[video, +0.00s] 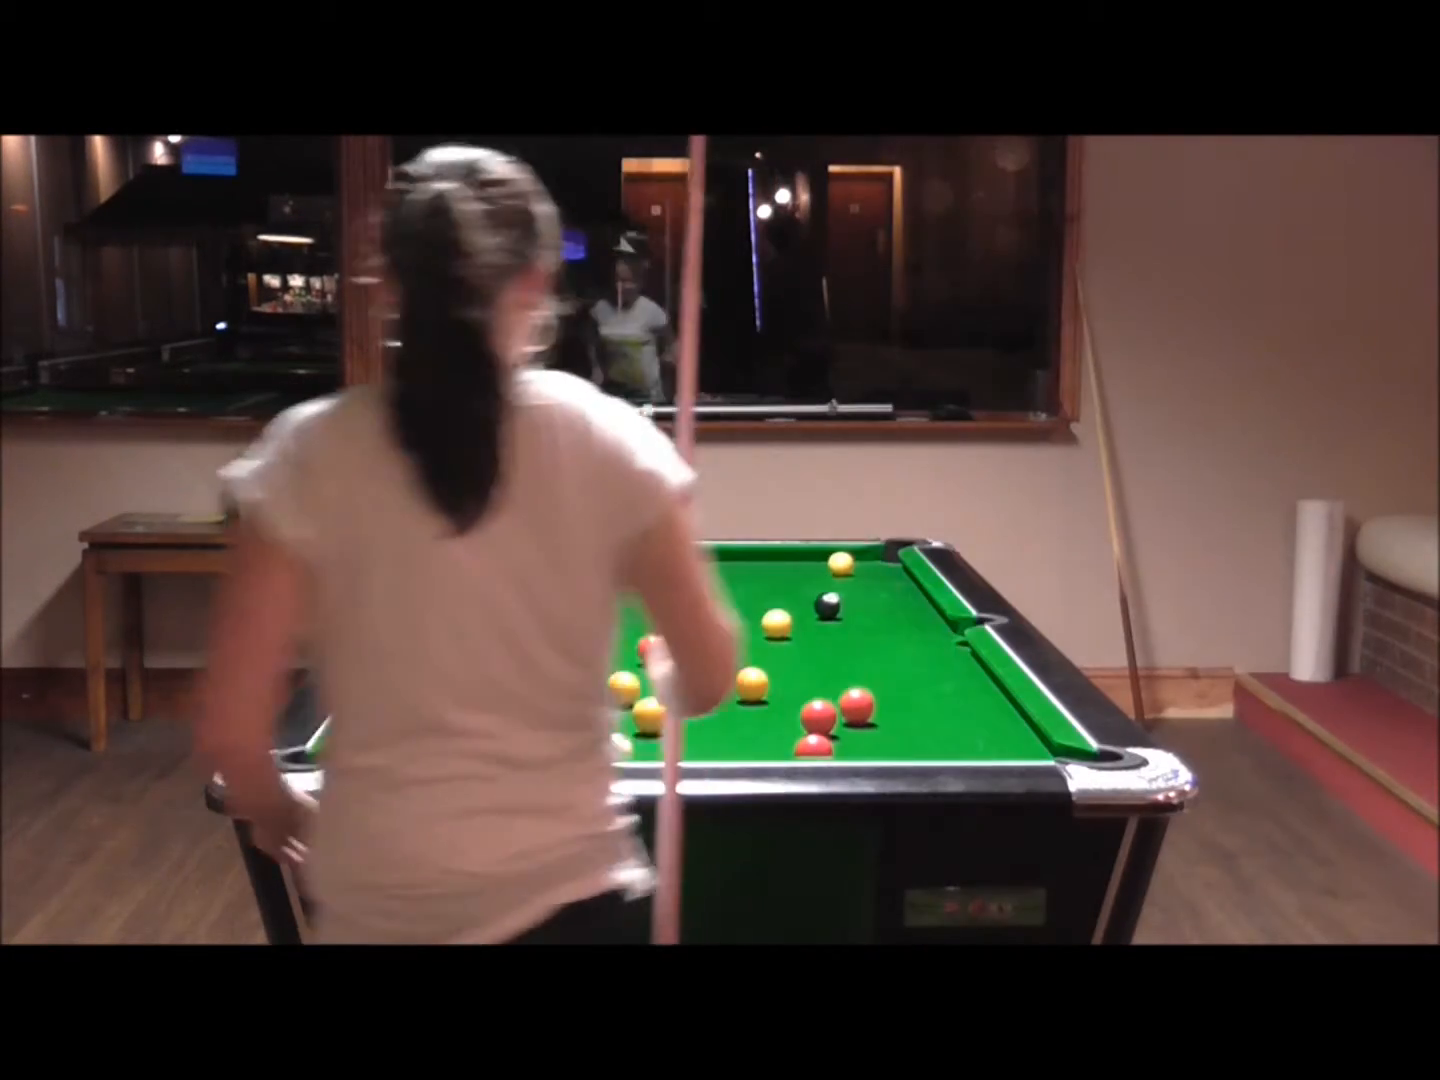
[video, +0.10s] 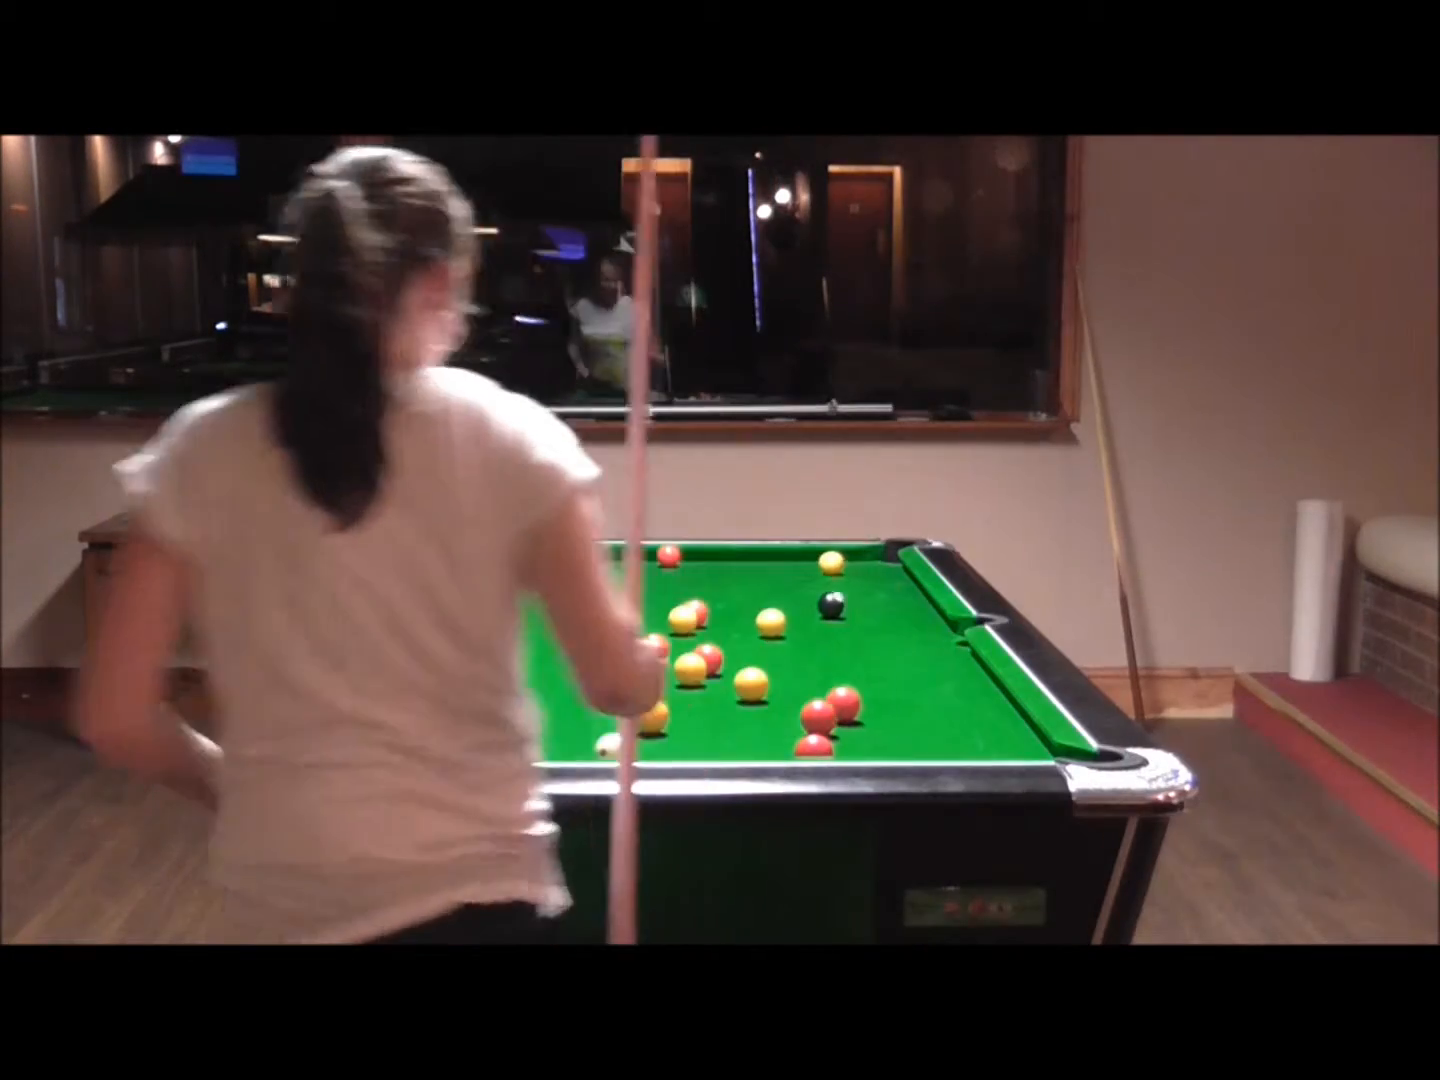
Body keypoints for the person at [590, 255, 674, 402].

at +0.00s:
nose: (625, 287)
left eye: (630, 282)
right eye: (620, 281)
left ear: (640, 284)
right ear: (613, 282)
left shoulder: (651, 311)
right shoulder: (600, 311)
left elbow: (669, 342)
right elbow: (591, 344)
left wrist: (668, 356)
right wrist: (596, 369)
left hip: (648, 391)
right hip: (613, 390)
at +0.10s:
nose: (611, 286)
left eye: (615, 281)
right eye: (606, 281)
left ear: (621, 283)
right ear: (596, 282)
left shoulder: (632, 309)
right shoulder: (582, 309)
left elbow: (647, 337)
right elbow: (573, 342)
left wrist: (655, 354)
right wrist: (580, 367)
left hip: (627, 386)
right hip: (592, 385)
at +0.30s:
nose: (584, 283)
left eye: (586, 277)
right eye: (578, 277)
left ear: (590, 279)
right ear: (565, 278)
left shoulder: (600, 305)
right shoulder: (545, 304)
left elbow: (613, 335)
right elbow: (535, 342)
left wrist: (624, 352)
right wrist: (559, 356)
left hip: (599, 382)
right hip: (563, 383)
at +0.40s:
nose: (572, 286)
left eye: (574, 280)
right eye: (566, 280)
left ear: (577, 280)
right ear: (551, 280)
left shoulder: (582, 309)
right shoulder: (531, 306)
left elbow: (591, 340)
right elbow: (527, 346)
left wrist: (604, 357)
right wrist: (561, 355)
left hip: (578, 383)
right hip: (545, 384)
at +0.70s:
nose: (549, 282)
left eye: (550, 275)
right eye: (543, 276)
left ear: (553, 277)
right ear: (527, 277)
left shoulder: (548, 307)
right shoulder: (512, 302)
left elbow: (551, 345)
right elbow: (523, 348)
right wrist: (566, 349)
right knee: (545, 369)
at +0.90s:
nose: (537, 282)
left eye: (538, 276)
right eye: (532, 276)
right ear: (515, 277)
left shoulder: (516, 303)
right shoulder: (506, 299)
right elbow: (546, 346)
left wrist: (576, 338)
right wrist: (579, 339)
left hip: (506, 381)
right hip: (491, 383)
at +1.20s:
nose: (530, 290)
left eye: (530, 284)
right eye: (527, 284)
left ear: (510, 285)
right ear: (510, 284)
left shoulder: (492, 304)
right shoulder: (509, 310)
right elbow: (547, 356)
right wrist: (579, 358)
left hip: (451, 381)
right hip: (471, 386)